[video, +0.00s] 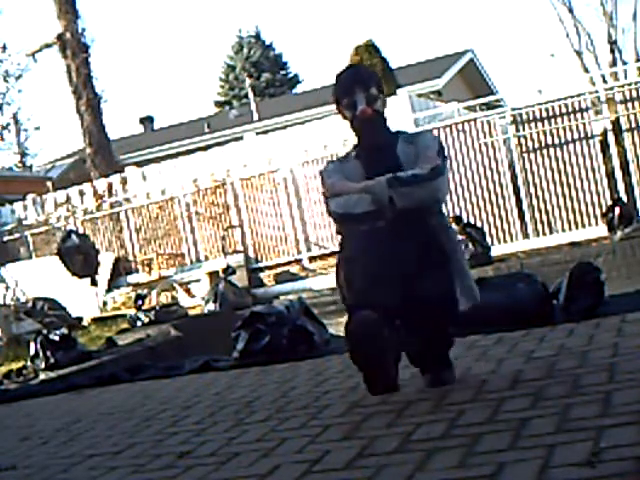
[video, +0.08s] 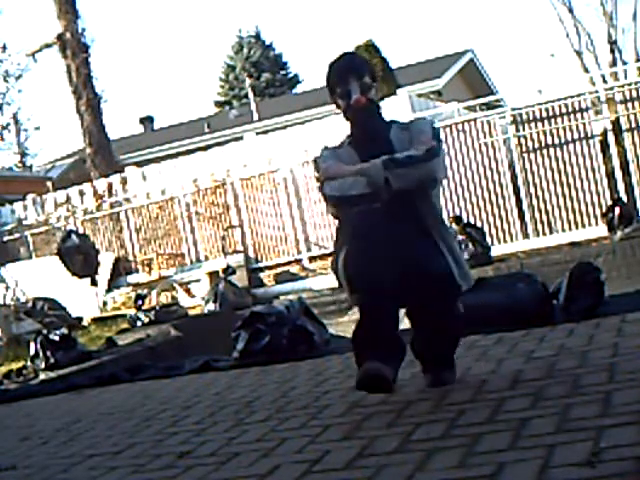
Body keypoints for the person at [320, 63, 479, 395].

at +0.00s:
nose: (364, 110)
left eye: (370, 99)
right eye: (352, 103)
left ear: (383, 99)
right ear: (341, 110)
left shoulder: (421, 143)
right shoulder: (337, 171)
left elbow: (435, 188)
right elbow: (340, 210)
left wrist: (359, 188)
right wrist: (404, 194)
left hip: (428, 264)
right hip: (370, 275)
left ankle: (436, 360)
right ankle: (377, 368)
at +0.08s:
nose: (357, 98)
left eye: (363, 87)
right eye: (345, 92)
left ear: (375, 86)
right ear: (335, 101)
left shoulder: (416, 131)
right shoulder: (333, 157)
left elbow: (433, 169)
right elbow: (335, 198)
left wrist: (361, 175)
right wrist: (397, 180)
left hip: (420, 239)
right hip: (366, 250)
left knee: (435, 292)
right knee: (376, 299)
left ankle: (438, 360)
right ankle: (376, 361)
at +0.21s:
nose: (355, 102)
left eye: (361, 90)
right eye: (343, 95)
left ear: (374, 92)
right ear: (331, 103)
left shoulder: (411, 139)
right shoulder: (326, 166)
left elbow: (429, 179)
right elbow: (330, 207)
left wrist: (350, 183)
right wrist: (399, 185)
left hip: (424, 244)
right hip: (369, 260)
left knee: (439, 266)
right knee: (375, 292)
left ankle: (448, 355)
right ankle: (398, 370)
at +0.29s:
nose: (356, 116)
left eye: (364, 105)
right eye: (345, 109)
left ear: (375, 106)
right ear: (332, 117)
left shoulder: (411, 156)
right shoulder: (325, 183)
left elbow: (430, 203)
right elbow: (335, 232)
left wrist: (350, 207)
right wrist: (400, 216)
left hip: (434, 264)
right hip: (372, 285)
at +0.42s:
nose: (361, 112)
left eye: (368, 101)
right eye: (348, 106)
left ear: (379, 103)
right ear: (336, 114)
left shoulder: (414, 153)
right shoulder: (323, 178)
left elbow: (430, 200)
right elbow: (341, 234)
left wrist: (353, 207)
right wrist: (407, 215)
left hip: (433, 263)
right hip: (376, 280)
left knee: (459, 290)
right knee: (397, 310)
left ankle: (475, 335)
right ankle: (401, 373)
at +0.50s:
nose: (365, 99)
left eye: (372, 88)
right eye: (353, 91)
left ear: (384, 90)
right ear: (340, 98)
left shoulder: (413, 138)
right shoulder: (324, 158)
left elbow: (430, 181)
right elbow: (332, 208)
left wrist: (353, 182)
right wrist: (404, 188)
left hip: (430, 250)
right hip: (373, 264)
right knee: (399, 307)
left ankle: (470, 336)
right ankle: (401, 373)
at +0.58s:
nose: (369, 91)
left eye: (377, 80)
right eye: (357, 84)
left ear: (389, 80)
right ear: (344, 91)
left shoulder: (420, 128)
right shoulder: (330, 149)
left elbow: (433, 171)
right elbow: (334, 197)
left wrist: (354, 169)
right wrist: (408, 170)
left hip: (430, 232)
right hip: (374, 247)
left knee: (441, 252)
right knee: (391, 278)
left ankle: (462, 347)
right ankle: (395, 357)